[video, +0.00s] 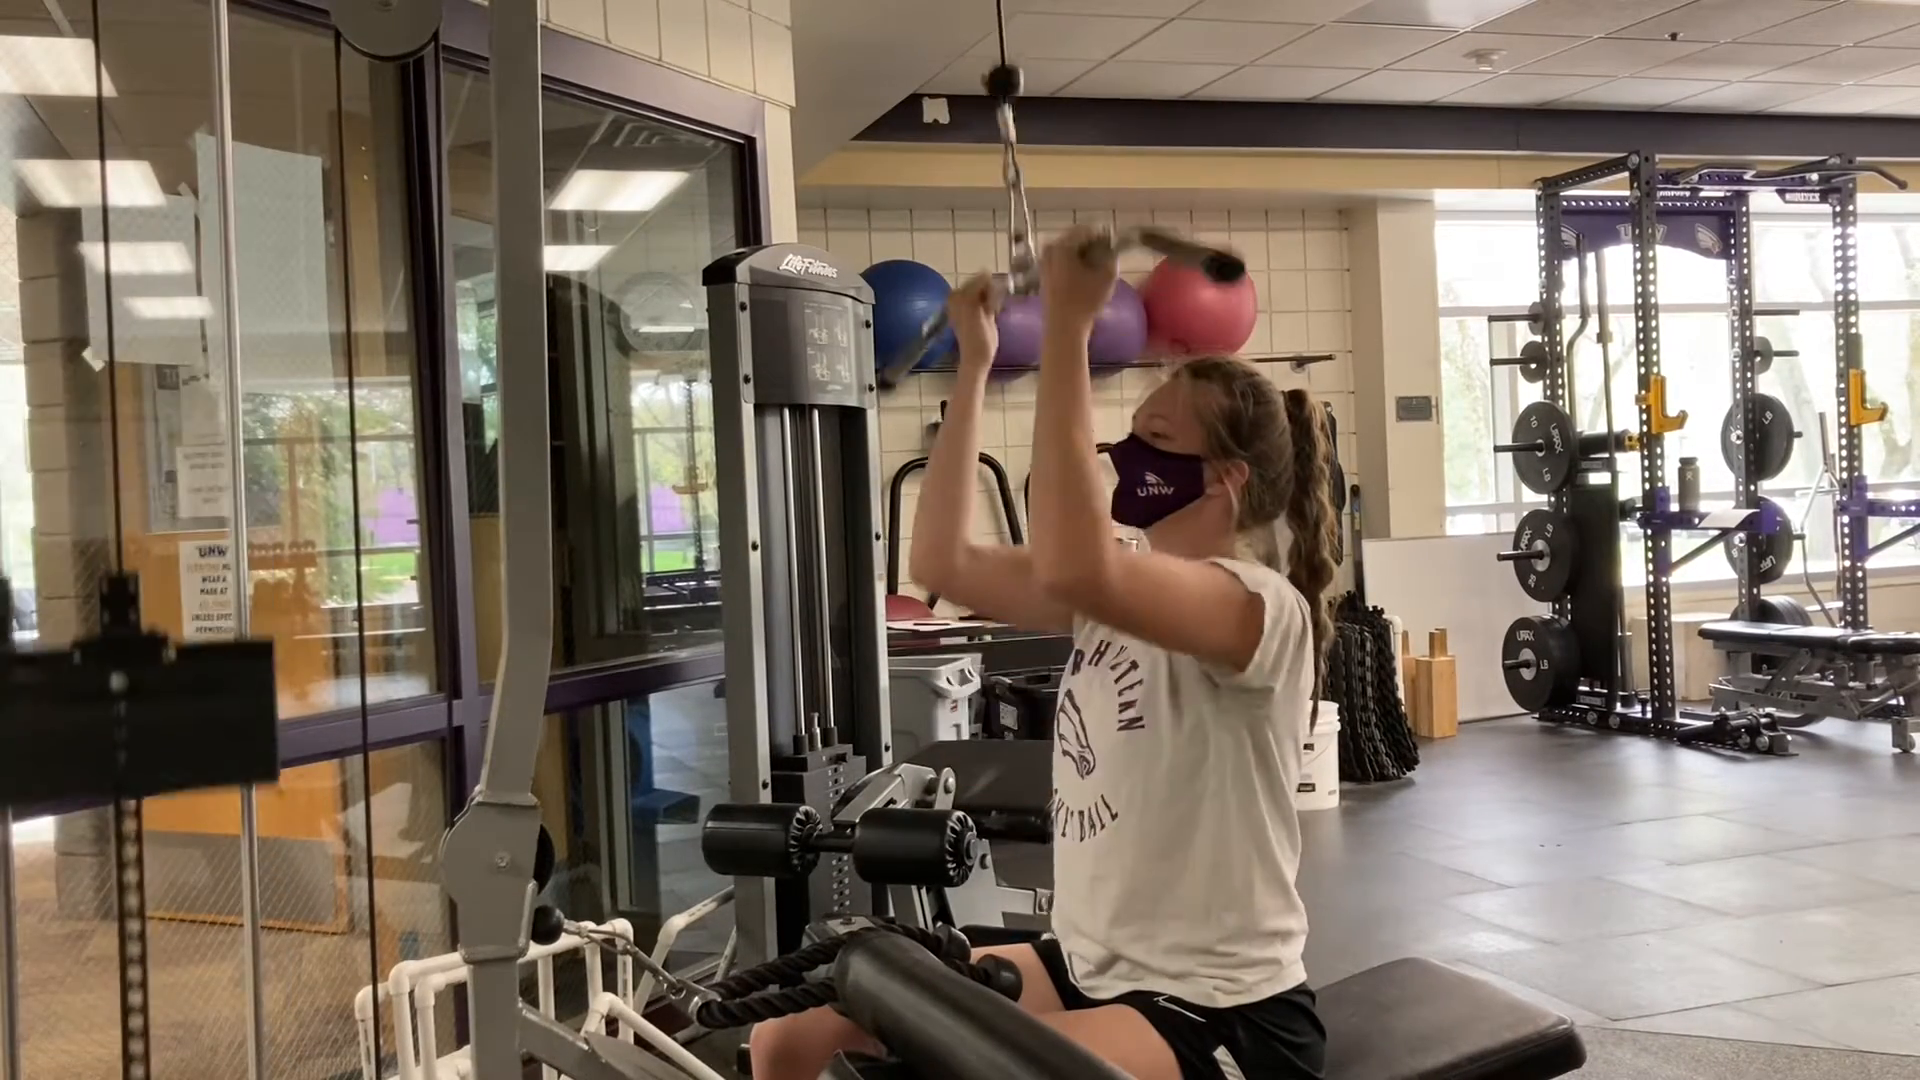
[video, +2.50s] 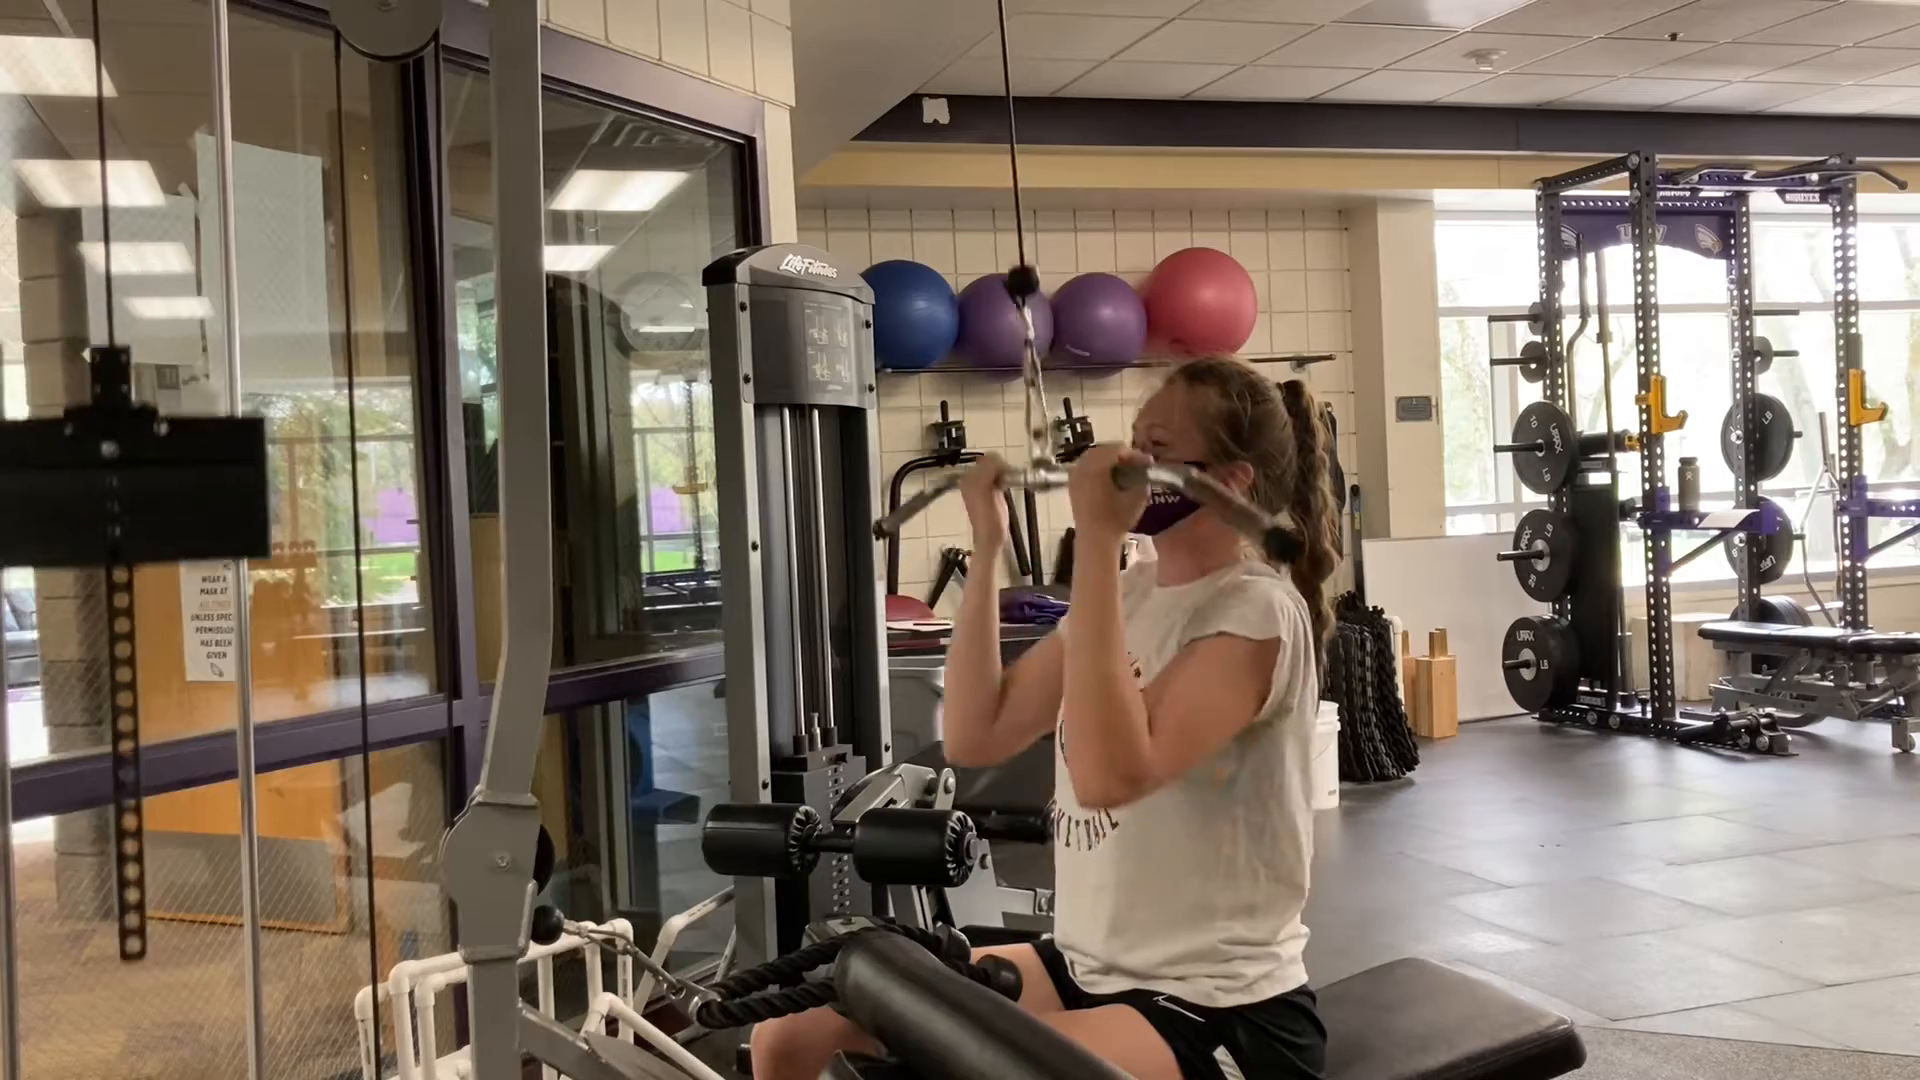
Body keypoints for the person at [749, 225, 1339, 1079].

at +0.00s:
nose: (1119, 462)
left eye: (1150, 449)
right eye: (1127, 443)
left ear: (1227, 481)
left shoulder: (1263, 609)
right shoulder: (1114, 580)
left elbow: (1080, 571)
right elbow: (941, 562)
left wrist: (1066, 333)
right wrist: (973, 366)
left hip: (1224, 1011)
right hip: (1090, 964)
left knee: (975, 1066)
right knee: (790, 1041)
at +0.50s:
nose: (1137, 431)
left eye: (1171, 408)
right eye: (1145, 413)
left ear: (1222, 447)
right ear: (1155, 438)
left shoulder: (1239, 573)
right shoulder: (1120, 546)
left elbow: (1152, 331)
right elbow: (1036, 337)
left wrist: (1098, 69)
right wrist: (988, 133)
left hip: (1222, 1014)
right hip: (1098, 969)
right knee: (793, 1035)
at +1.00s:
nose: (1125, 436)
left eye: (1155, 415)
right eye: (1131, 419)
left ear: (1223, 452)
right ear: (1148, 440)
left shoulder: (1240, 571)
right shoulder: (1109, 535)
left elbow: (1135, 347)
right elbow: (999, 355)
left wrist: (1105, 81)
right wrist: (973, 146)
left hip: (1220, 1010)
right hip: (1089, 970)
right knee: (791, 1045)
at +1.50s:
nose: (1114, 469)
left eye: (1142, 451)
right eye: (1118, 446)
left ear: (1223, 473)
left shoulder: (1262, 593)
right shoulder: (1109, 575)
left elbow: (1068, 596)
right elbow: (941, 581)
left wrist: (1098, 368)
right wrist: (975, 395)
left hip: (1225, 1006)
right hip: (1087, 961)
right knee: (790, 1041)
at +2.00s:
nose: (1123, 466)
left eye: (1151, 448)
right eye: (1128, 446)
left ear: (1230, 477)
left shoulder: (1251, 618)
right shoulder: (1123, 608)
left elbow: (1198, 884)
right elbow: (1056, 826)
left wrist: (1139, 657)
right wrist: (1022, 640)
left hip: (1222, 1008)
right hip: (1093, 965)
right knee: (788, 1041)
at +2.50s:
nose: (1130, 464)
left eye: (1159, 450)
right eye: (1135, 444)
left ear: (1236, 480)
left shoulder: (1257, 609)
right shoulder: (1128, 586)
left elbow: (1111, 776)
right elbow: (973, 738)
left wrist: (1096, 539)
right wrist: (985, 550)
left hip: (1222, 1006)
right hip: (1092, 966)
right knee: (789, 1040)